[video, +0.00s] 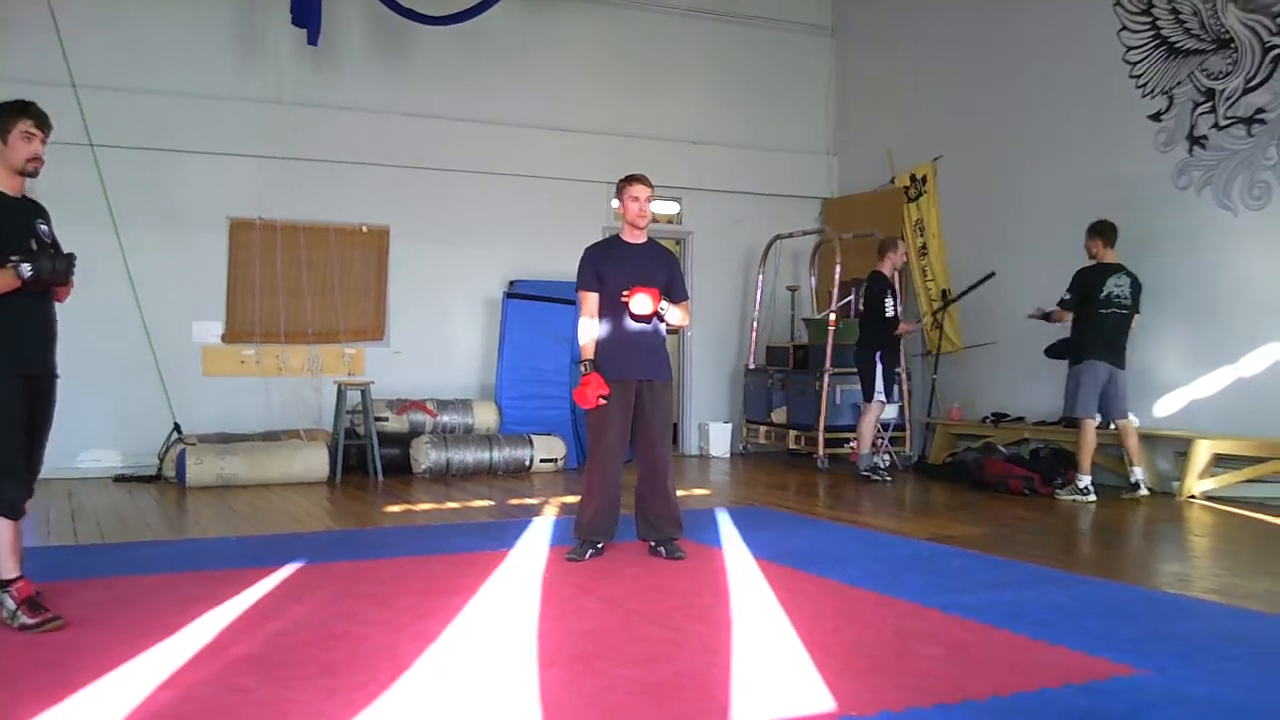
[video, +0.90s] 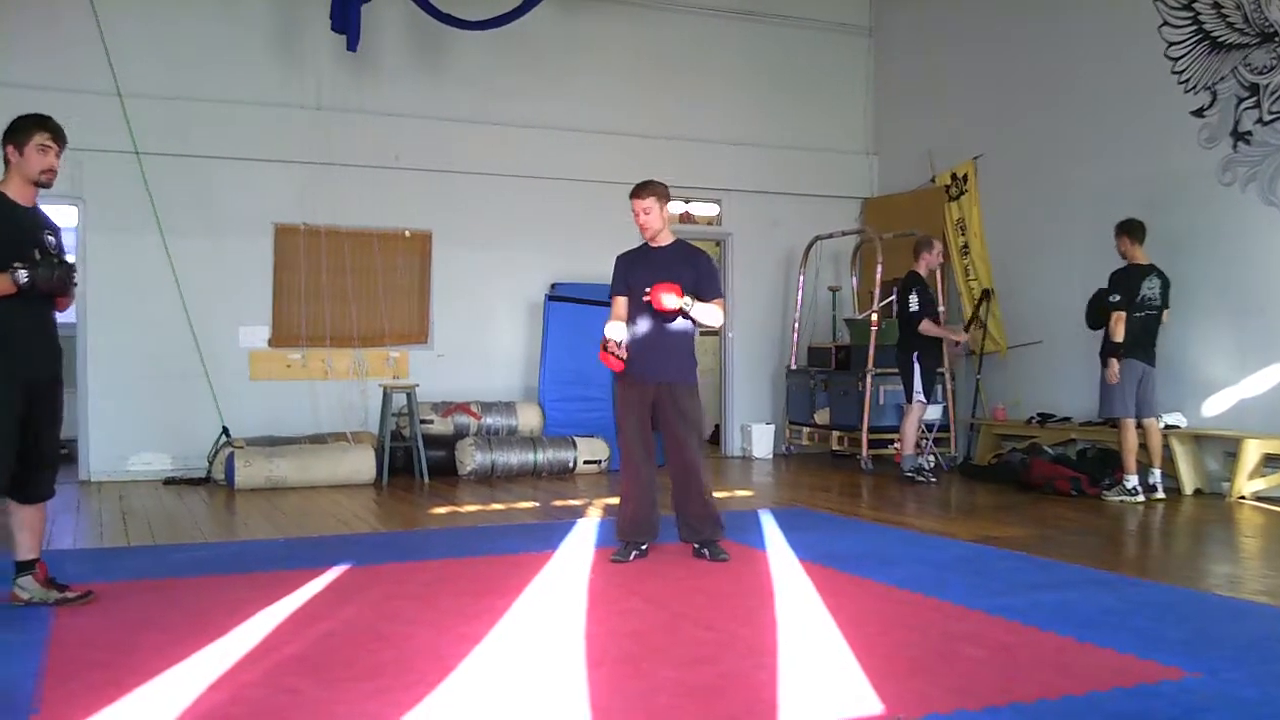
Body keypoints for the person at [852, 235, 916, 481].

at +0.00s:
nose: (905, 260)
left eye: (905, 255)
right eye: (903, 255)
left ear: (887, 256)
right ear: (890, 256)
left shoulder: (878, 280)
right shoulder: (882, 283)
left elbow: (885, 321)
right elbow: (889, 325)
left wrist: (905, 325)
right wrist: (911, 326)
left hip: (874, 350)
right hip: (875, 351)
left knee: (873, 406)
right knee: (875, 405)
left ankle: (865, 459)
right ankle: (864, 461)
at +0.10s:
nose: (905, 257)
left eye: (905, 252)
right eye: (903, 253)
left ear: (887, 255)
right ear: (891, 255)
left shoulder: (880, 280)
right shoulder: (881, 282)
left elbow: (897, 320)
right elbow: (899, 322)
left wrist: (919, 303)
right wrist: (922, 305)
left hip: (875, 350)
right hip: (877, 352)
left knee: (874, 405)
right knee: (879, 404)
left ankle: (869, 459)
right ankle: (868, 461)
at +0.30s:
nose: (920, 257)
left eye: (919, 253)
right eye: (917, 253)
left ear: (901, 255)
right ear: (905, 255)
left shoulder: (891, 280)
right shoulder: (898, 283)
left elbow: (915, 316)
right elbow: (924, 318)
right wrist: (939, 300)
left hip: (889, 349)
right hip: (895, 351)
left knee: (891, 406)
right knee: (895, 404)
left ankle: (886, 460)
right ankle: (884, 462)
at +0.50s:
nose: (937, 258)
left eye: (937, 254)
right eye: (934, 254)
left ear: (918, 257)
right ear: (921, 257)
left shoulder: (910, 283)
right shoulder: (914, 285)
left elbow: (930, 320)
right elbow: (936, 321)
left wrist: (963, 317)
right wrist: (970, 316)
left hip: (911, 353)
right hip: (912, 355)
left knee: (911, 408)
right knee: (912, 408)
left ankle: (904, 462)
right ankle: (903, 465)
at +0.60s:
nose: (937, 259)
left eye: (936, 254)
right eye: (933, 254)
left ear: (918, 257)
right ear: (919, 257)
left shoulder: (911, 283)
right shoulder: (913, 285)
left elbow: (931, 321)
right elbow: (932, 323)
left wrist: (963, 328)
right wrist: (967, 329)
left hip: (913, 354)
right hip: (911, 355)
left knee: (912, 408)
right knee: (913, 408)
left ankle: (903, 462)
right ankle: (902, 465)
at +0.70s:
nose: (936, 259)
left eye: (936, 254)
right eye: (933, 255)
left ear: (919, 258)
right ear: (920, 257)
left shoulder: (910, 284)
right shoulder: (912, 285)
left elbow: (919, 325)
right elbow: (927, 325)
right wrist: (962, 335)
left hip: (912, 353)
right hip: (912, 355)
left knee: (908, 408)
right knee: (914, 407)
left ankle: (904, 462)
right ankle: (903, 465)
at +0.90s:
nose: (941, 259)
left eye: (941, 254)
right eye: (938, 254)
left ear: (925, 256)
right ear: (925, 256)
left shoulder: (919, 283)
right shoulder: (914, 283)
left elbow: (924, 322)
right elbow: (920, 324)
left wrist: (949, 333)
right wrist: (953, 335)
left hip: (919, 351)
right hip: (914, 352)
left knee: (915, 406)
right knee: (917, 405)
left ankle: (910, 459)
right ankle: (908, 462)